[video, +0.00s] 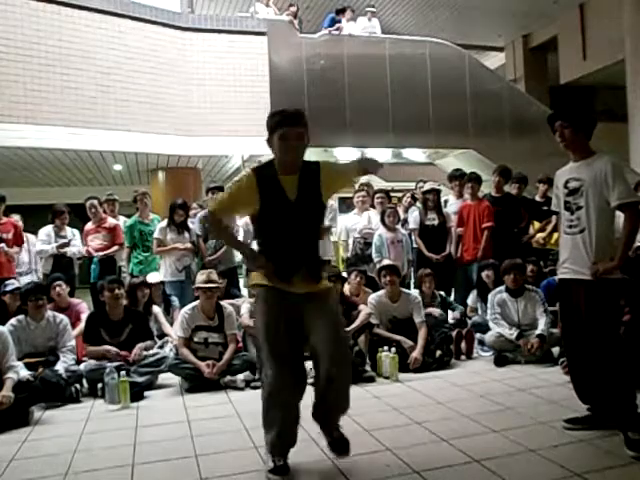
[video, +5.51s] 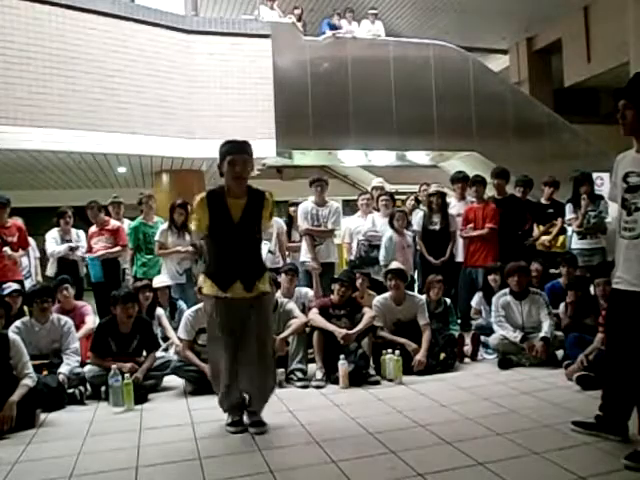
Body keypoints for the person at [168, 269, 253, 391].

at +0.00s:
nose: (209, 294)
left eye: (213, 290)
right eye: (205, 291)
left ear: (218, 292)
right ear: (197, 292)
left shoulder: (227, 311)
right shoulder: (187, 313)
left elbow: (232, 342)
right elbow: (181, 347)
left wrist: (222, 365)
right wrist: (201, 365)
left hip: (221, 357)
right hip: (197, 359)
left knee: (248, 359)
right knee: (173, 364)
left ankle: (201, 383)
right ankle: (221, 381)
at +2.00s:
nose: (212, 298)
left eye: (215, 293)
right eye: (207, 295)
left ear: (220, 294)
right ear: (200, 297)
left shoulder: (231, 314)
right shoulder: (191, 316)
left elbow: (236, 345)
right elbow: (183, 349)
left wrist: (225, 368)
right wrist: (204, 367)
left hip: (225, 359)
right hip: (200, 360)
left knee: (250, 361)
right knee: (176, 366)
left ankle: (203, 385)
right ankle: (226, 384)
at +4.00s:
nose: (212, 296)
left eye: (215, 292)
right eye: (208, 293)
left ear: (221, 293)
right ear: (201, 295)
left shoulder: (231, 314)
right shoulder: (191, 316)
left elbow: (236, 346)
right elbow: (184, 349)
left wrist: (224, 368)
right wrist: (204, 367)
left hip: (224, 361)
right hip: (199, 361)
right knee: (176, 366)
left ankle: (200, 386)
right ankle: (223, 383)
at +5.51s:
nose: (213, 302)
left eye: (216, 297)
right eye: (210, 297)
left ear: (221, 298)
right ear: (200, 295)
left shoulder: (228, 314)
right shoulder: (192, 315)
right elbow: (184, 350)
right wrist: (204, 367)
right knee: (176, 366)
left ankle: (200, 386)